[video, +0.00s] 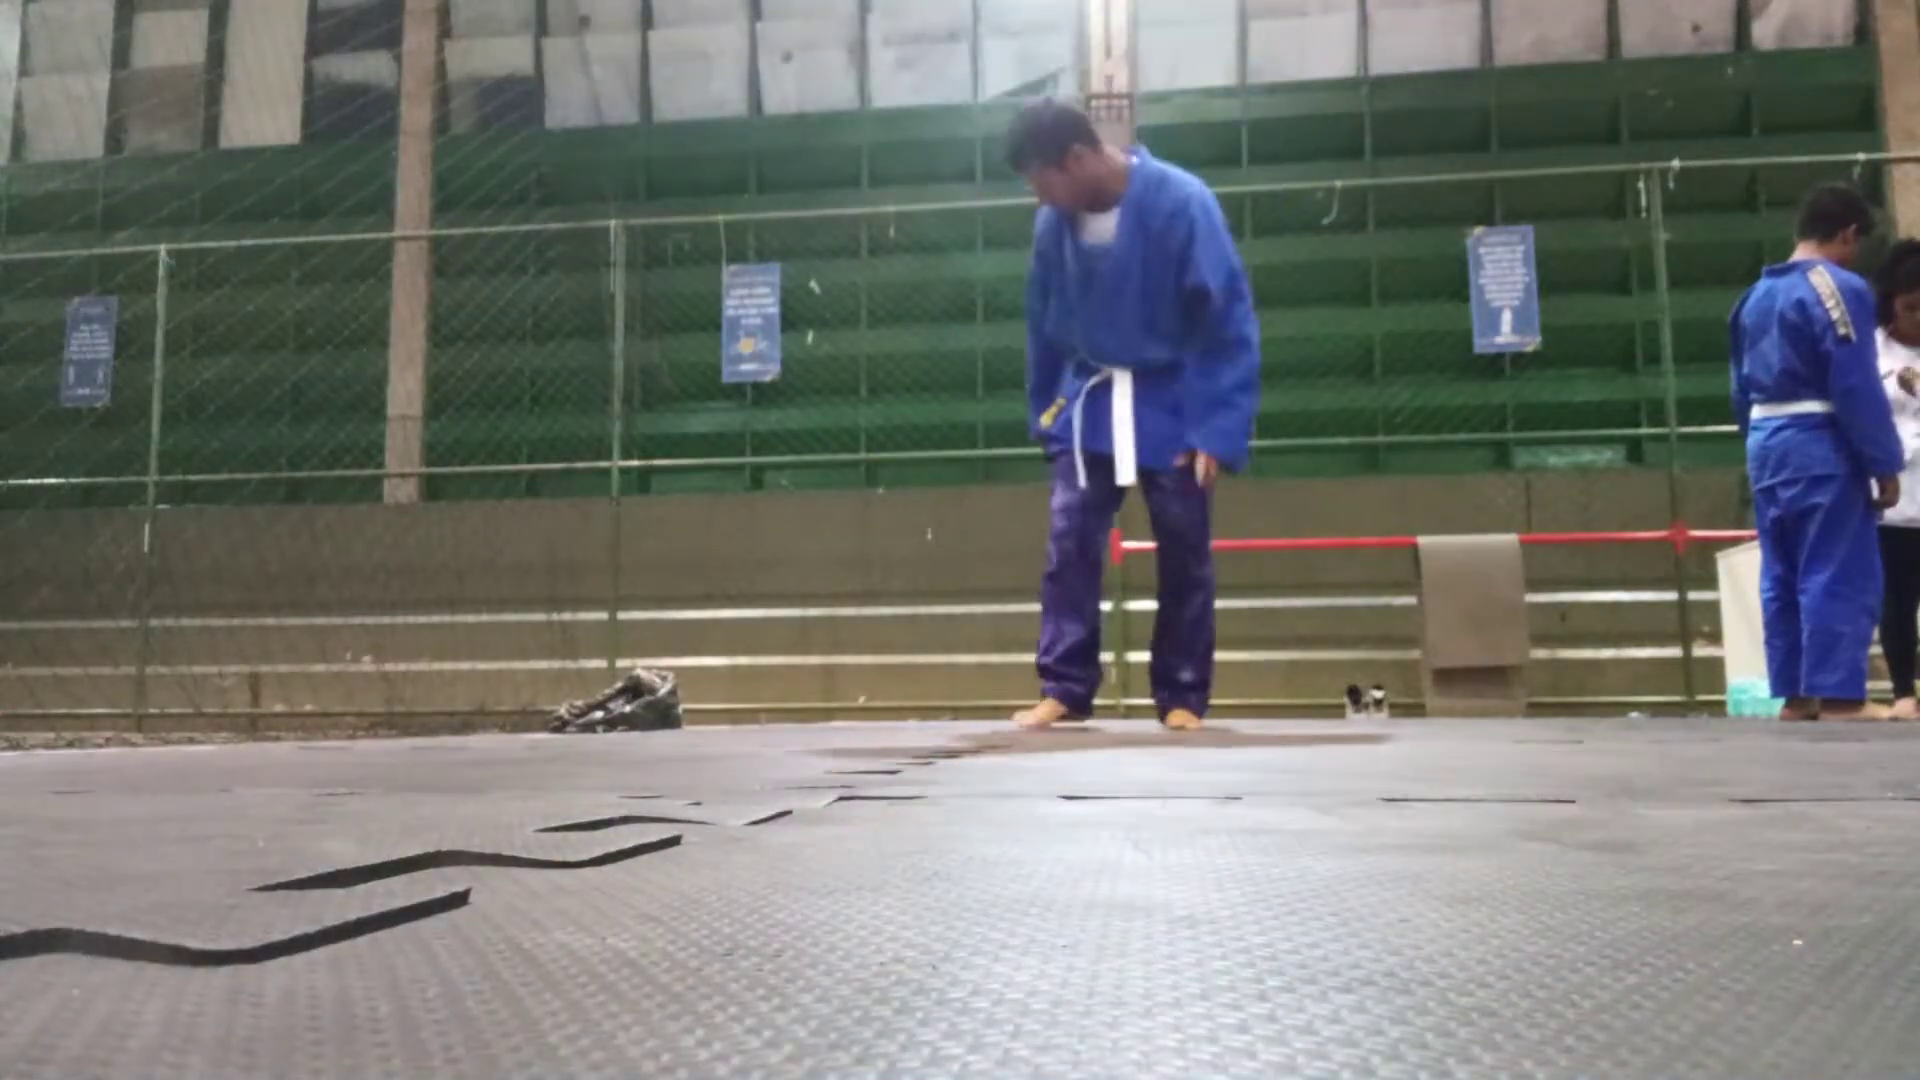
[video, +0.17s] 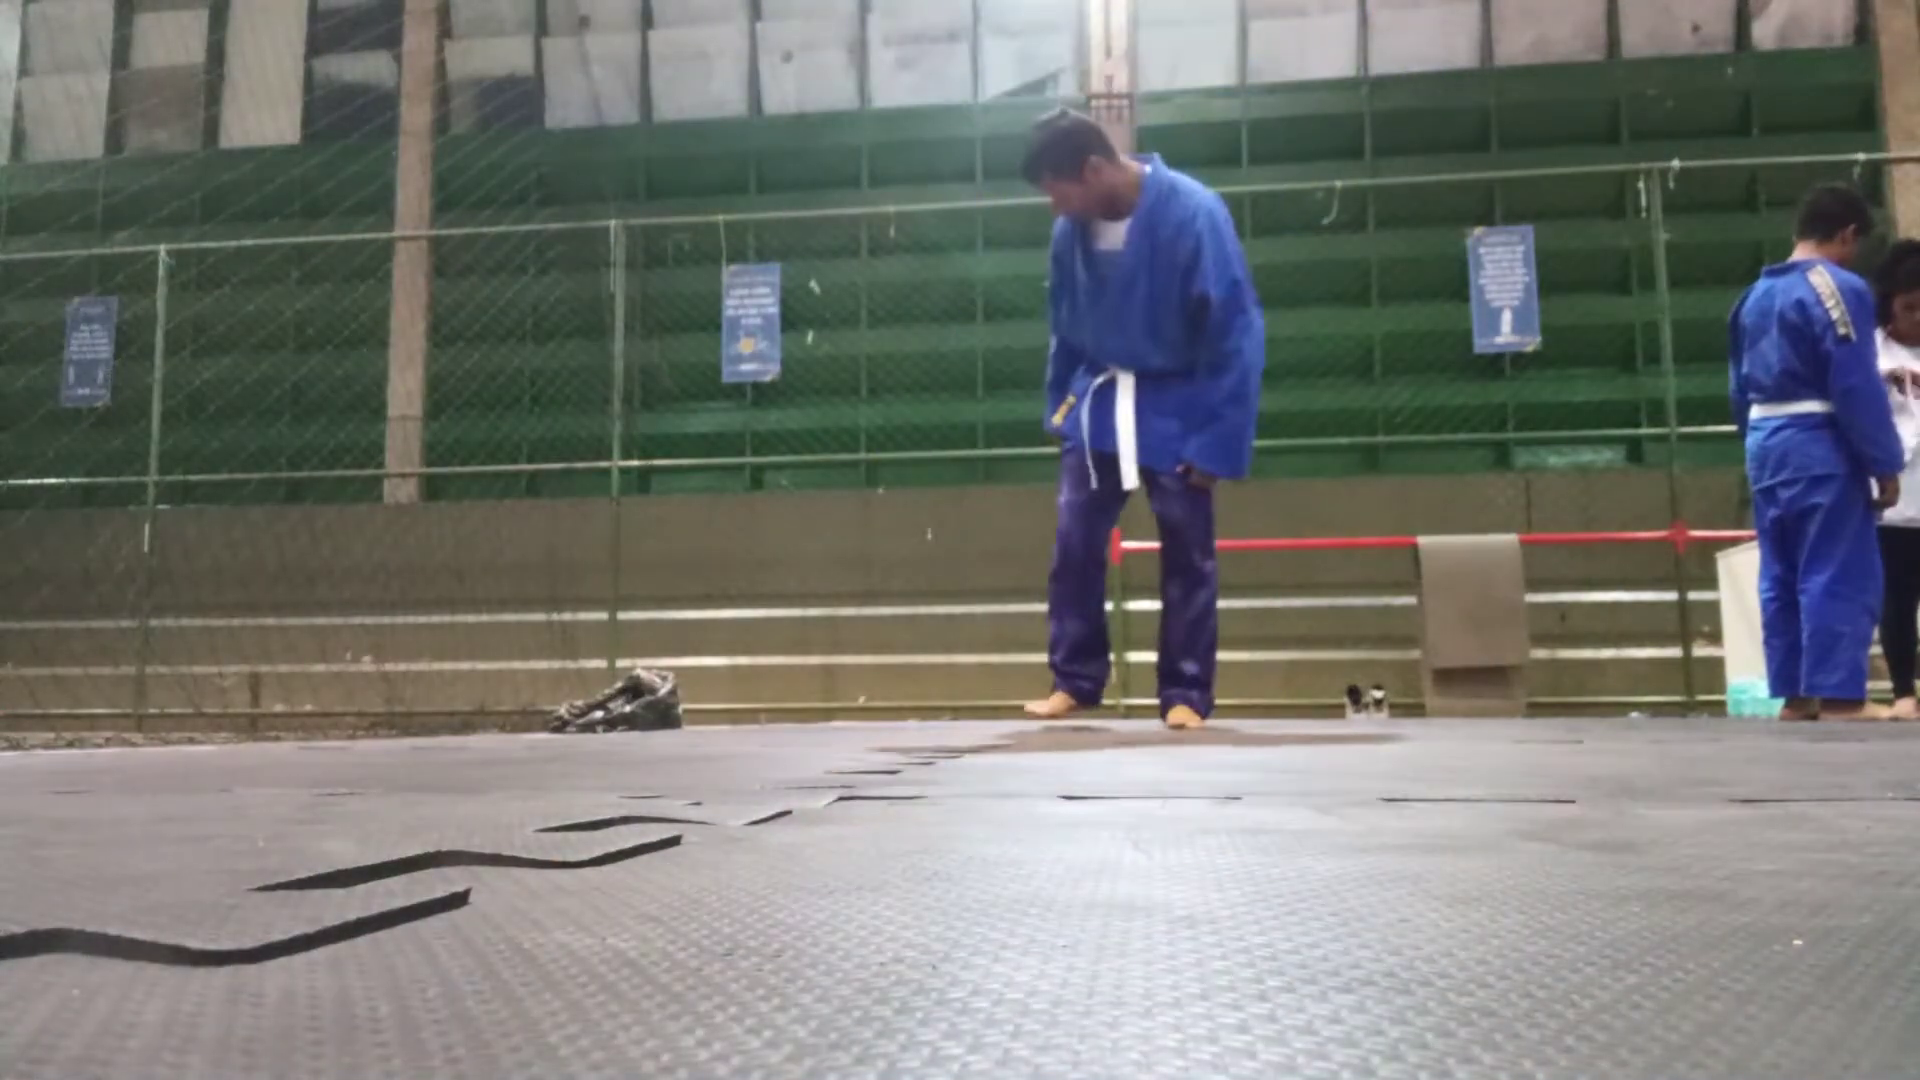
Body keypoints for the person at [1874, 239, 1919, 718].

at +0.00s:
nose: (1914, 317)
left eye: (1917, 307)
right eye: (1908, 307)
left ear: (1919, 306)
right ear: (1890, 306)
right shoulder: (1872, 348)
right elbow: (1855, 409)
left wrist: (1910, 391)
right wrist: (1894, 390)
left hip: (1913, 498)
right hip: (1892, 499)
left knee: (1907, 604)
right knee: (1898, 604)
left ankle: (1908, 689)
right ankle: (1903, 690)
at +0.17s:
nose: (1915, 317)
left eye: (1918, 307)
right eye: (1908, 307)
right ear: (1889, 307)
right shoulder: (1871, 348)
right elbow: (1846, 399)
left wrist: (1901, 382)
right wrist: (1880, 382)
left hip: (1914, 498)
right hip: (1893, 498)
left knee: (1907, 604)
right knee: (1898, 603)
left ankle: (1908, 689)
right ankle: (1904, 690)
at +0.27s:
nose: (1914, 316)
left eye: (1918, 307)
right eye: (1908, 307)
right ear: (1889, 307)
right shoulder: (1870, 351)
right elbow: (1853, 412)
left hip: (1914, 496)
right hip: (1893, 497)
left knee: (1906, 603)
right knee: (1898, 603)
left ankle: (1908, 688)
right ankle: (1904, 689)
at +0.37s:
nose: (1914, 317)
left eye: (1918, 307)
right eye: (1907, 307)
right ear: (1889, 307)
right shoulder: (1871, 349)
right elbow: (1855, 414)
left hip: (1914, 496)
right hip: (1893, 497)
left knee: (1907, 603)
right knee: (1898, 603)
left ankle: (1908, 688)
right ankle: (1904, 690)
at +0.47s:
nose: (1915, 317)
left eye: (1918, 307)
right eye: (1908, 307)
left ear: (1919, 307)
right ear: (1889, 307)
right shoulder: (1871, 349)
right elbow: (1853, 411)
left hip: (1913, 498)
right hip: (1893, 498)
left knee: (1906, 604)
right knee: (1898, 604)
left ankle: (1908, 689)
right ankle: (1904, 690)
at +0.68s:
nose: (1915, 316)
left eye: (1918, 307)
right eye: (1908, 307)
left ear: (1919, 307)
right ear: (1889, 307)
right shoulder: (1870, 351)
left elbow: (1862, 419)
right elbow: (1856, 417)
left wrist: (1875, 466)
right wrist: (1872, 469)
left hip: (1912, 499)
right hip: (1893, 499)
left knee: (1906, 605)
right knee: (1898, 604)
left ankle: (1908, 688)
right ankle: (1904, 689)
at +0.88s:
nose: (1914, 316)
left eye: (1917, 307)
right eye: (1907, 306)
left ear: (1919, 307)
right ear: (1888, 306)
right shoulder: (1871, 349)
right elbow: (1840, 394)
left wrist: (1910, 383)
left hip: (1913, 495)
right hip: (1893, 495)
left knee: (1906, 604)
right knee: (1898, 603)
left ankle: (1908, 688)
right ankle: (1904, 690)